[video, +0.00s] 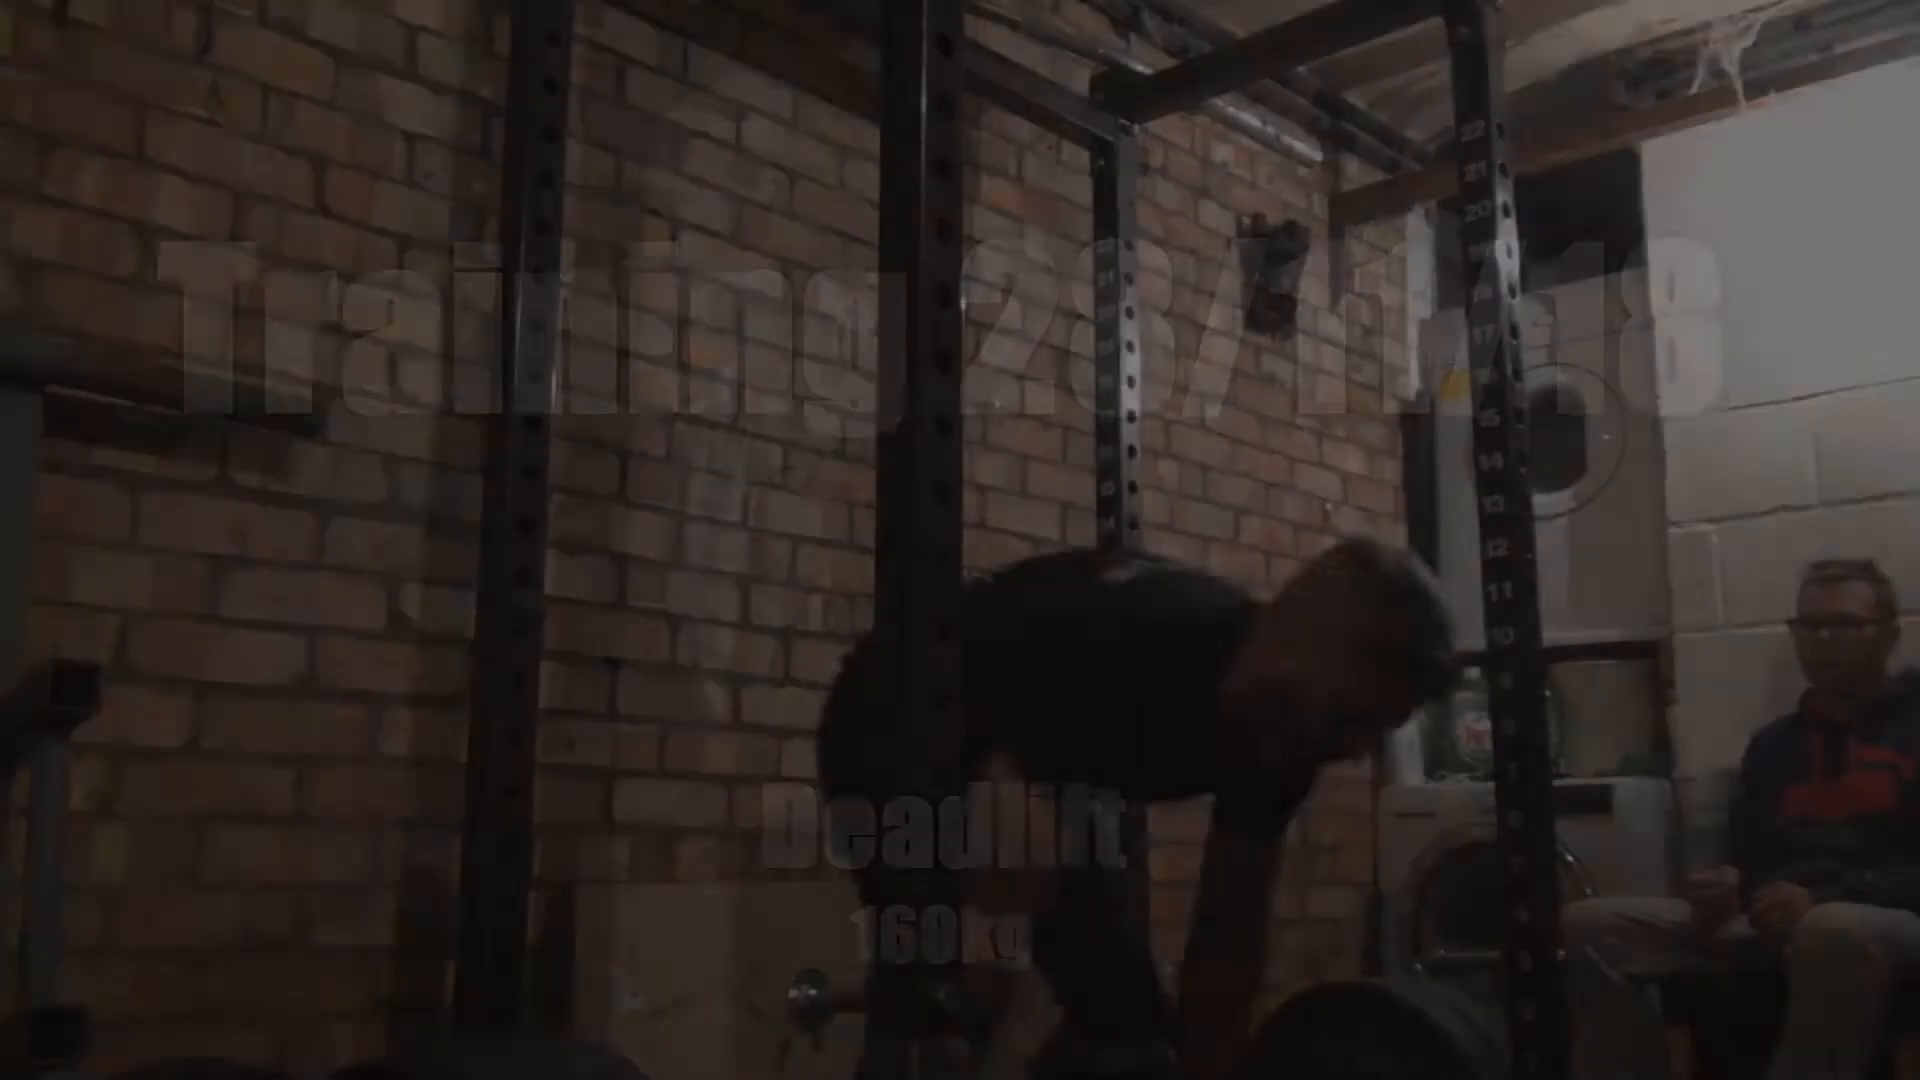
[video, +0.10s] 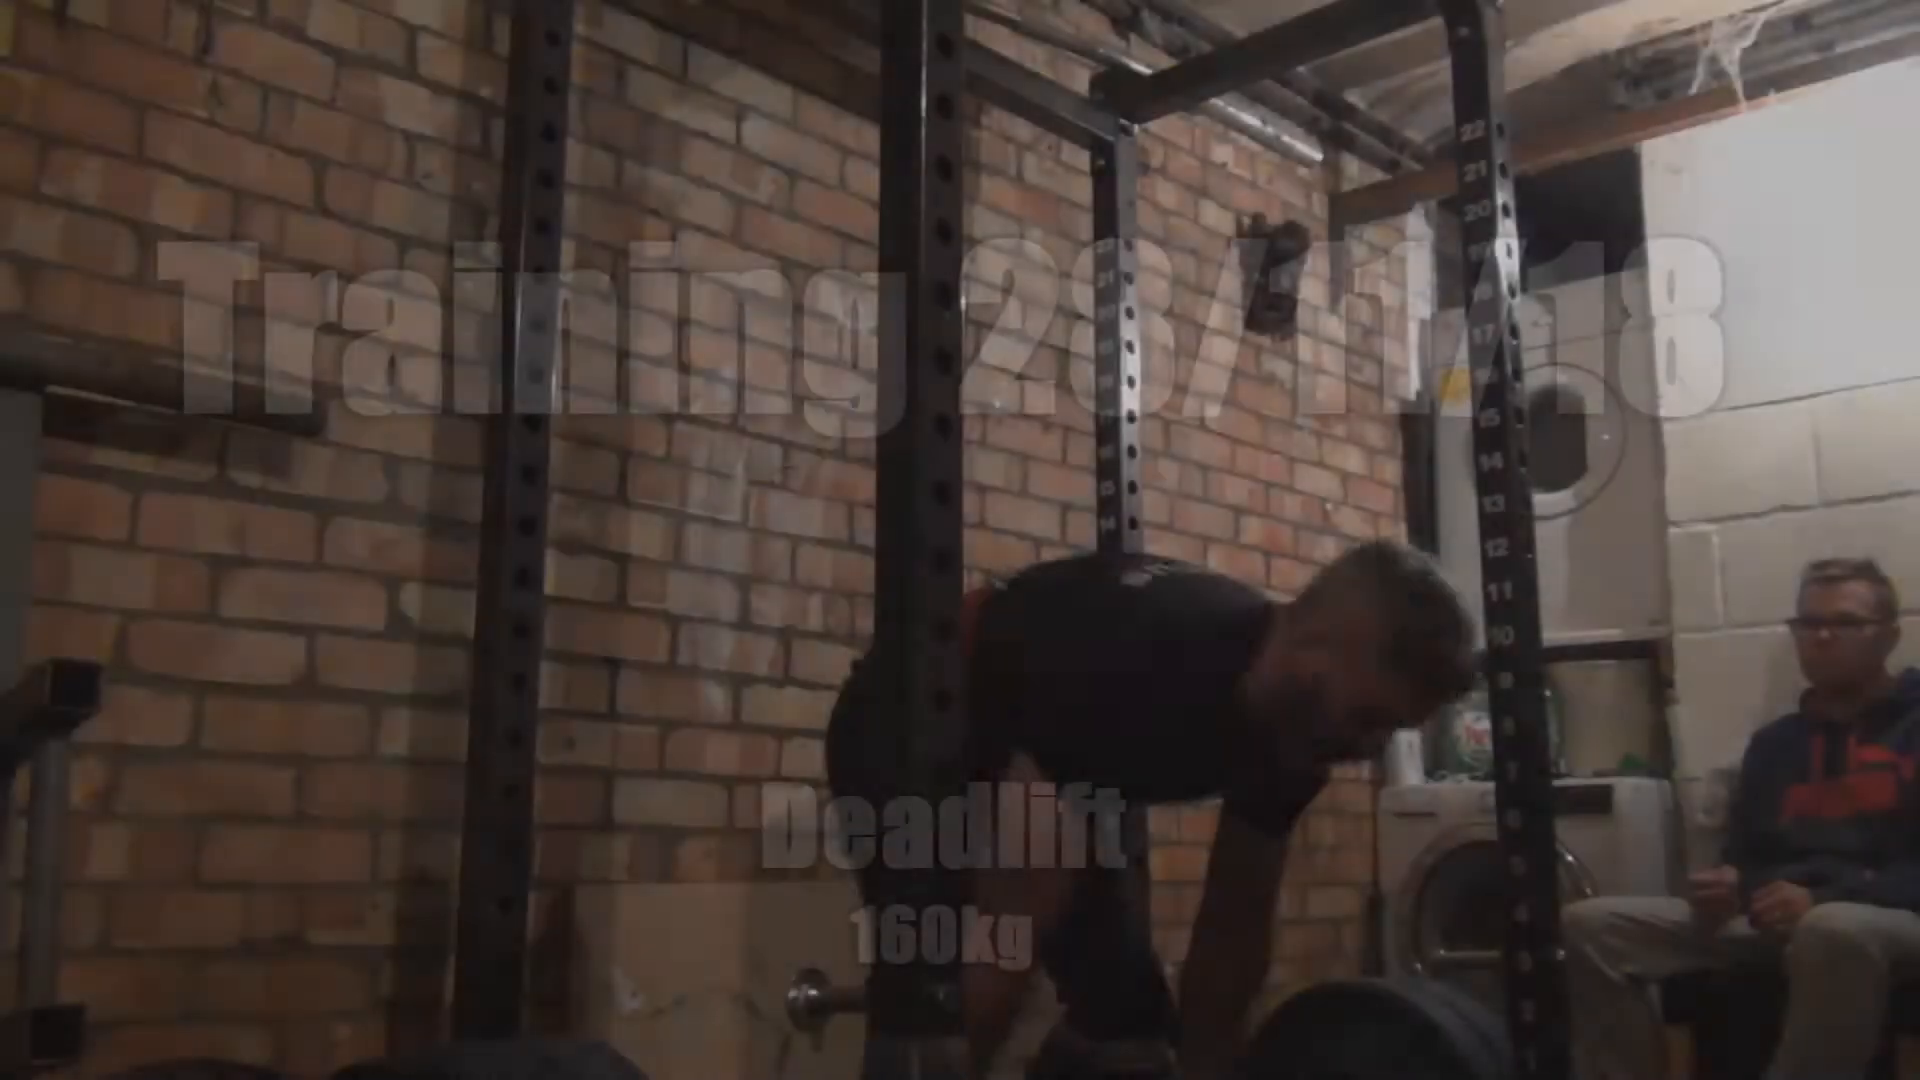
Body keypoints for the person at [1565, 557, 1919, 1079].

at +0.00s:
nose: (1824, 640)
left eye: (1845, 625)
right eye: (1811, 625)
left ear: (1889, 633)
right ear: (1795, 635)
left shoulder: (1912, 723)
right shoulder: (1772, 746)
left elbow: (1910, 874)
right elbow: (1748, 863)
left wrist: (1819, 900)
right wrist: (1727, 894)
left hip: (1893, 917)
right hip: (1774, 920)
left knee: (1831, 936)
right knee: (1589, 927)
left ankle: (1807, 1071)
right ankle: (1629, 1072)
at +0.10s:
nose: (1822, 638)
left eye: (1844, 624)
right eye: (1809, 623)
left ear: (1888, 636)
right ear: (1794, 633)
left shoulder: (1912, 723)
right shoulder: (1774, 743)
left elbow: (1912, 877)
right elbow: (1743, 857)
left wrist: (1818, 899)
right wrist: (1725, 891)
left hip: (1892, 916)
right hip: (1771, 918)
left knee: (1830, 937)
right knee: (1590, 928)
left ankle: (1801, 1072)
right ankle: (1625, 1073)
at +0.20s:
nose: (1823, 637)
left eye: (1845, 624)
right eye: (1810, 623)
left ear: (1889, 637)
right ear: (1794, 633)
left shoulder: (1913, 723)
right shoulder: (1774, 742)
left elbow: (1913, 877)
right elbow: (1745, 856)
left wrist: (1819, 900)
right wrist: (1728, 888)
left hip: (1892, 919)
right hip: (1772, 919)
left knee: (1831, 938)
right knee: (1589, 929)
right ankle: (1629, 1074)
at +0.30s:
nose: (1821, 637)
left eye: (1842, 624)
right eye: (1809, 623)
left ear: (1889, 636)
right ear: (1794, 633)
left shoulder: (1913, 723)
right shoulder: (1773, 744)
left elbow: (1913, 877)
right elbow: (1745, 856)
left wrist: (1820, 899)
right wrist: (1728, 887)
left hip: (1893, 920)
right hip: (1772, 920)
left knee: (1831, 936)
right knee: (1589, 928)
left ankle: (1801, 1073)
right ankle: (1626, 1073)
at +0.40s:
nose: (1821, 638)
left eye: (1842, 624)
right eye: (1809, 623)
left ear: (1889, 636)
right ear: (1794, 633)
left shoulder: (1913, 723)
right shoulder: (1773, 744)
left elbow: (1913, 877)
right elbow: (1745, 855)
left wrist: (1820, 900)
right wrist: (1728, 886)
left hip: (1894, 921)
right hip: (1772, 921)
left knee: (1831, 936)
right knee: (1589, 929)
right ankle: (1628, 1073)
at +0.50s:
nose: (1821, 638)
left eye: (1842, 624)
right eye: (1809, 623)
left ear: (1890, 636)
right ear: (1794, 633)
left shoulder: (1913, 724)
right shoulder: (1773, 744)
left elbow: (1913, 877)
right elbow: (1745, 854)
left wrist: (1820, 900)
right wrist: (1729, 886)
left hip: (1894, 921)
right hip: (1772, 921)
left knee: (1831, 936)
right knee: (1589, 928)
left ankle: (1801, 1072)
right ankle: (1627, 1073)